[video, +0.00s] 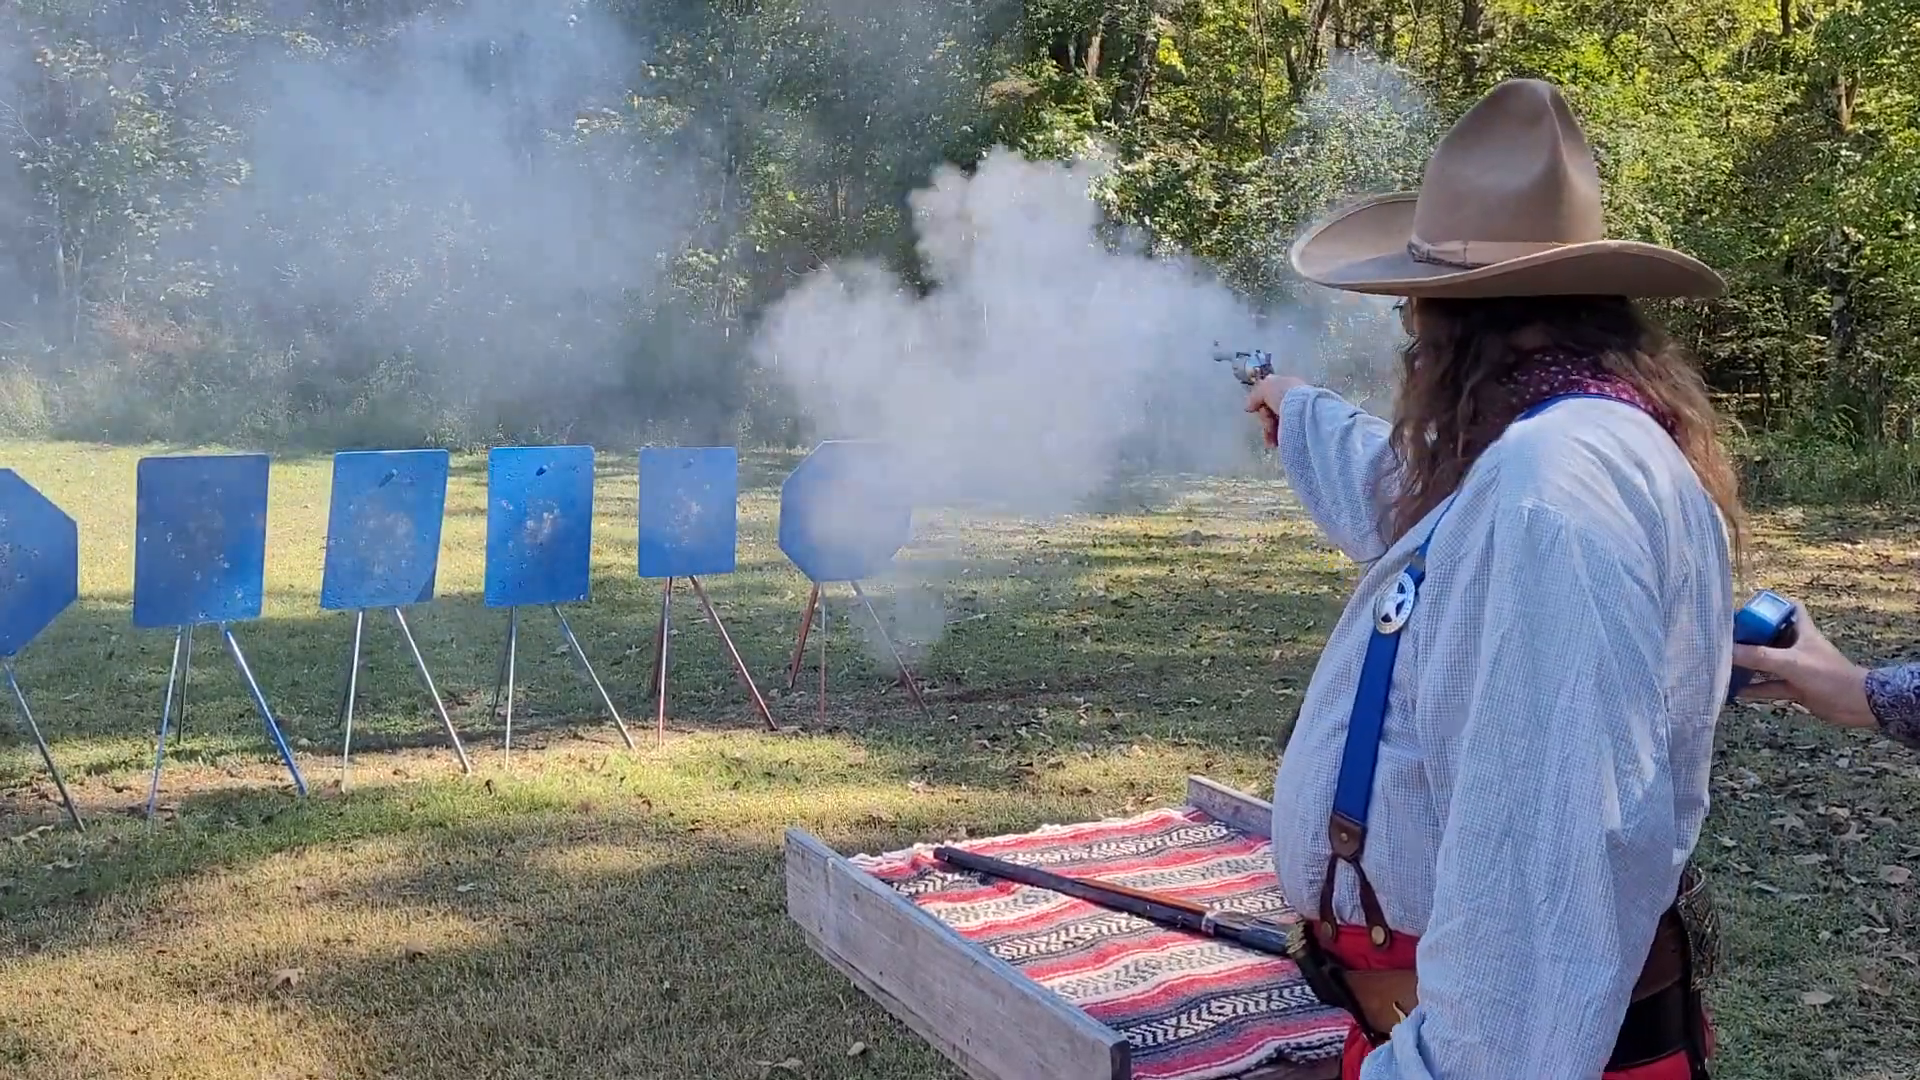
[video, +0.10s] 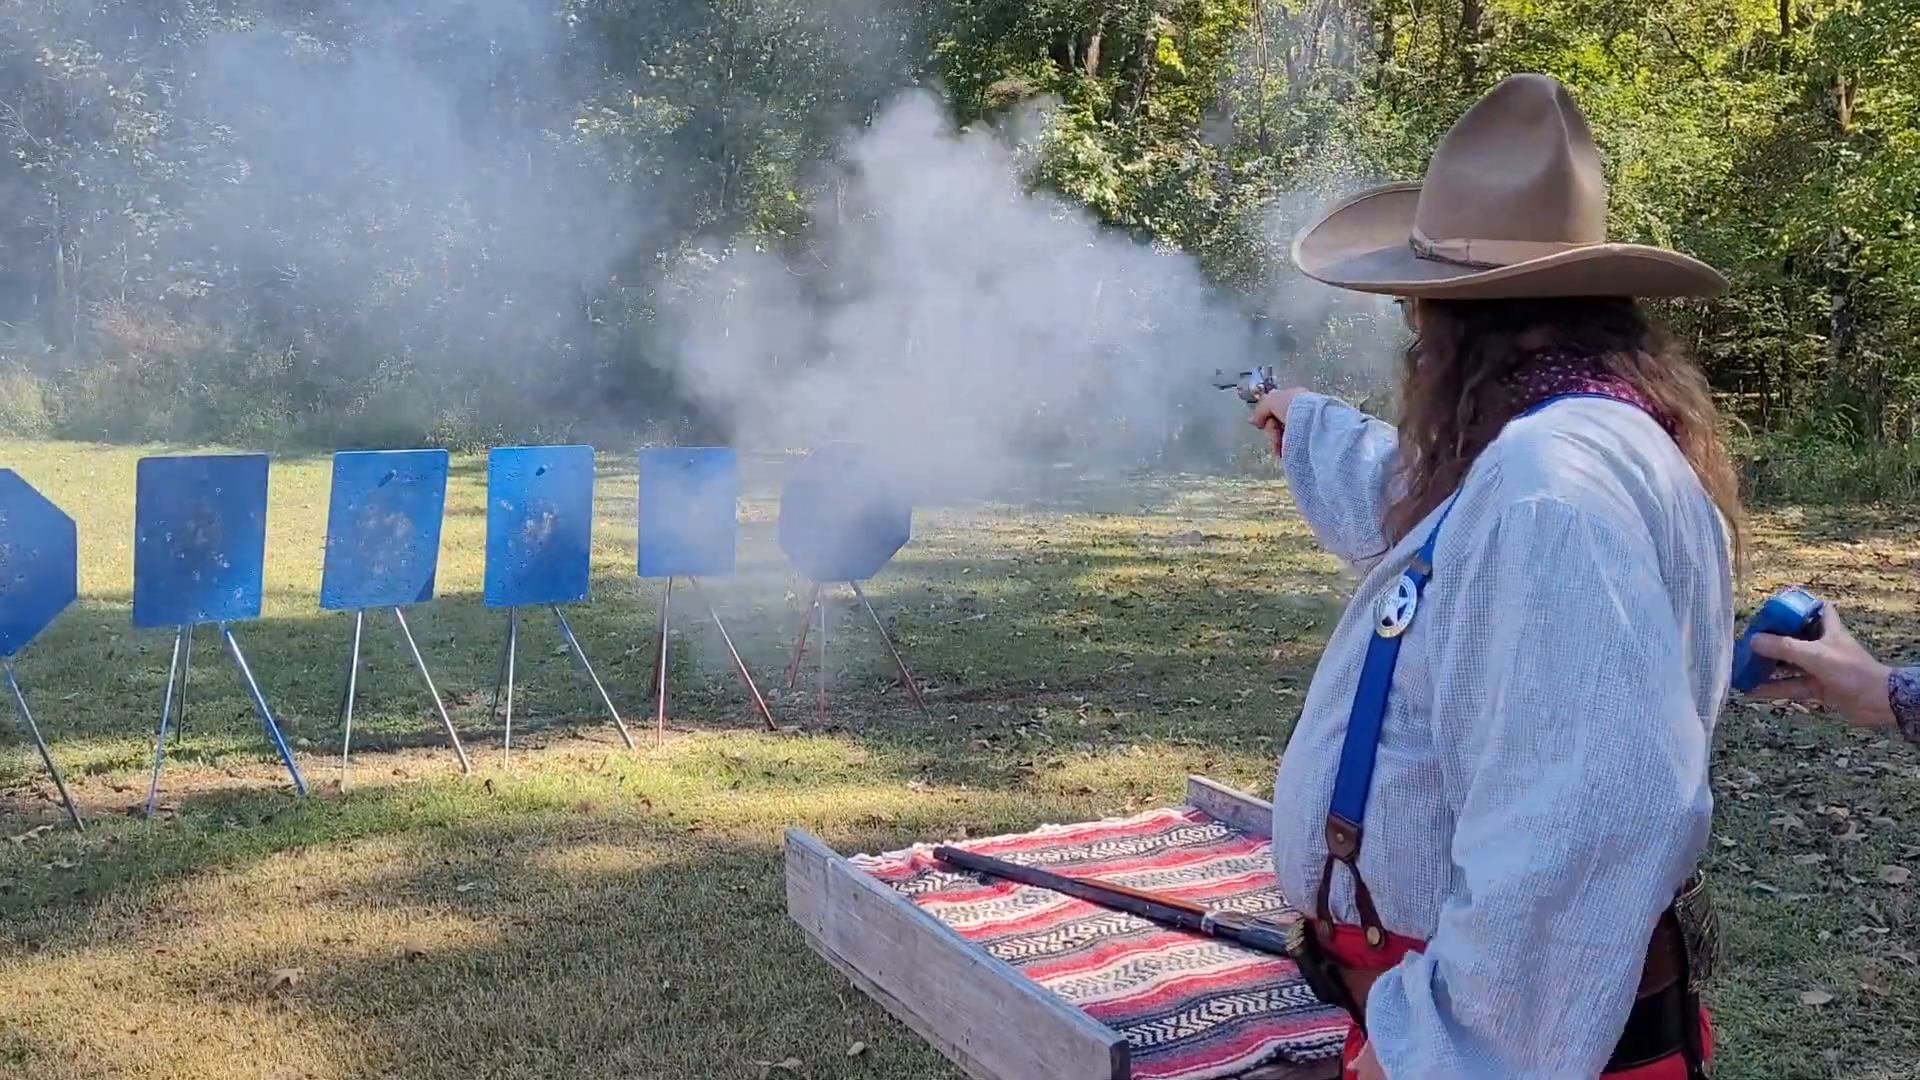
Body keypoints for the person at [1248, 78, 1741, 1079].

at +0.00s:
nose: (1404, 334)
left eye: (1413, 307)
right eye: (1404, 306)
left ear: (1457, 321)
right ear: (1569, 309)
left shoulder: (1550, 481)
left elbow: (1545, 866)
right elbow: (1401, 497)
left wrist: (1428, 1061)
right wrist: (1294, 410)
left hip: (1493, 1025)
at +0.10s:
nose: (1409, 335)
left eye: (1420, 309)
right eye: (1412, 306)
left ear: (1462, 323)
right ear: (1572, 310)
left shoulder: (1548, 478)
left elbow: (1596, 811)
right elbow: (1412, 507)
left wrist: (1437, 1047)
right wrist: (1306, 423)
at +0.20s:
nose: (1403, 334)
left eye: (1415, 308)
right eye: (1407, 306)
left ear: (1459, 320)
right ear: (1572, 307)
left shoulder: (1543, 465)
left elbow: (1672, 763)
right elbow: (1429, 519)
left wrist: (1467, 985)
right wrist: (1332, 457)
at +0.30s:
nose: (1388, 345)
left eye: (1395, 318)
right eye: (1389, 317)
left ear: (1435, 326)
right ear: (1564, 307)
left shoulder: (1523, 456)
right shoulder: (1597, 427)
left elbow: (1695, 719)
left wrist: (1489, 953)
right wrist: (1398, 513)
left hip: (1489, 1045)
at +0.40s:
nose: (1370, 364)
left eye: (1376, 334)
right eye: (1368, 333)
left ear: (1410, 336)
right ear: (1536, 309)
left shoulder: (1512, 461)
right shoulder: (1611, 437)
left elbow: (1694, 709)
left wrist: (1502, 941)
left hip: (1486, 1048)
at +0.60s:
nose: (1349, 395)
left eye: (1349, 366)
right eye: (1344, 368)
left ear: (1380, 360)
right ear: (1522, 305)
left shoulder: (1477, 456)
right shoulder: (1641, 425)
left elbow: (1649, 690)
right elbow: (1826, 548)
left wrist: (1500, 961)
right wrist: (1684, 654)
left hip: (1494, 1041)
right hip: (1628, 1009)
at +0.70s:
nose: (1349, 393)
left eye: (1352, 364)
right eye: (1343, 366)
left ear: (1382, 359)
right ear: (1522, 303)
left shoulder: (1468, 450)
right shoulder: (1649, 423)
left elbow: (1617, 676)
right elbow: (1845, 552)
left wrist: (1487, 962)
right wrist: (1691, 700)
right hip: (1638, 995)